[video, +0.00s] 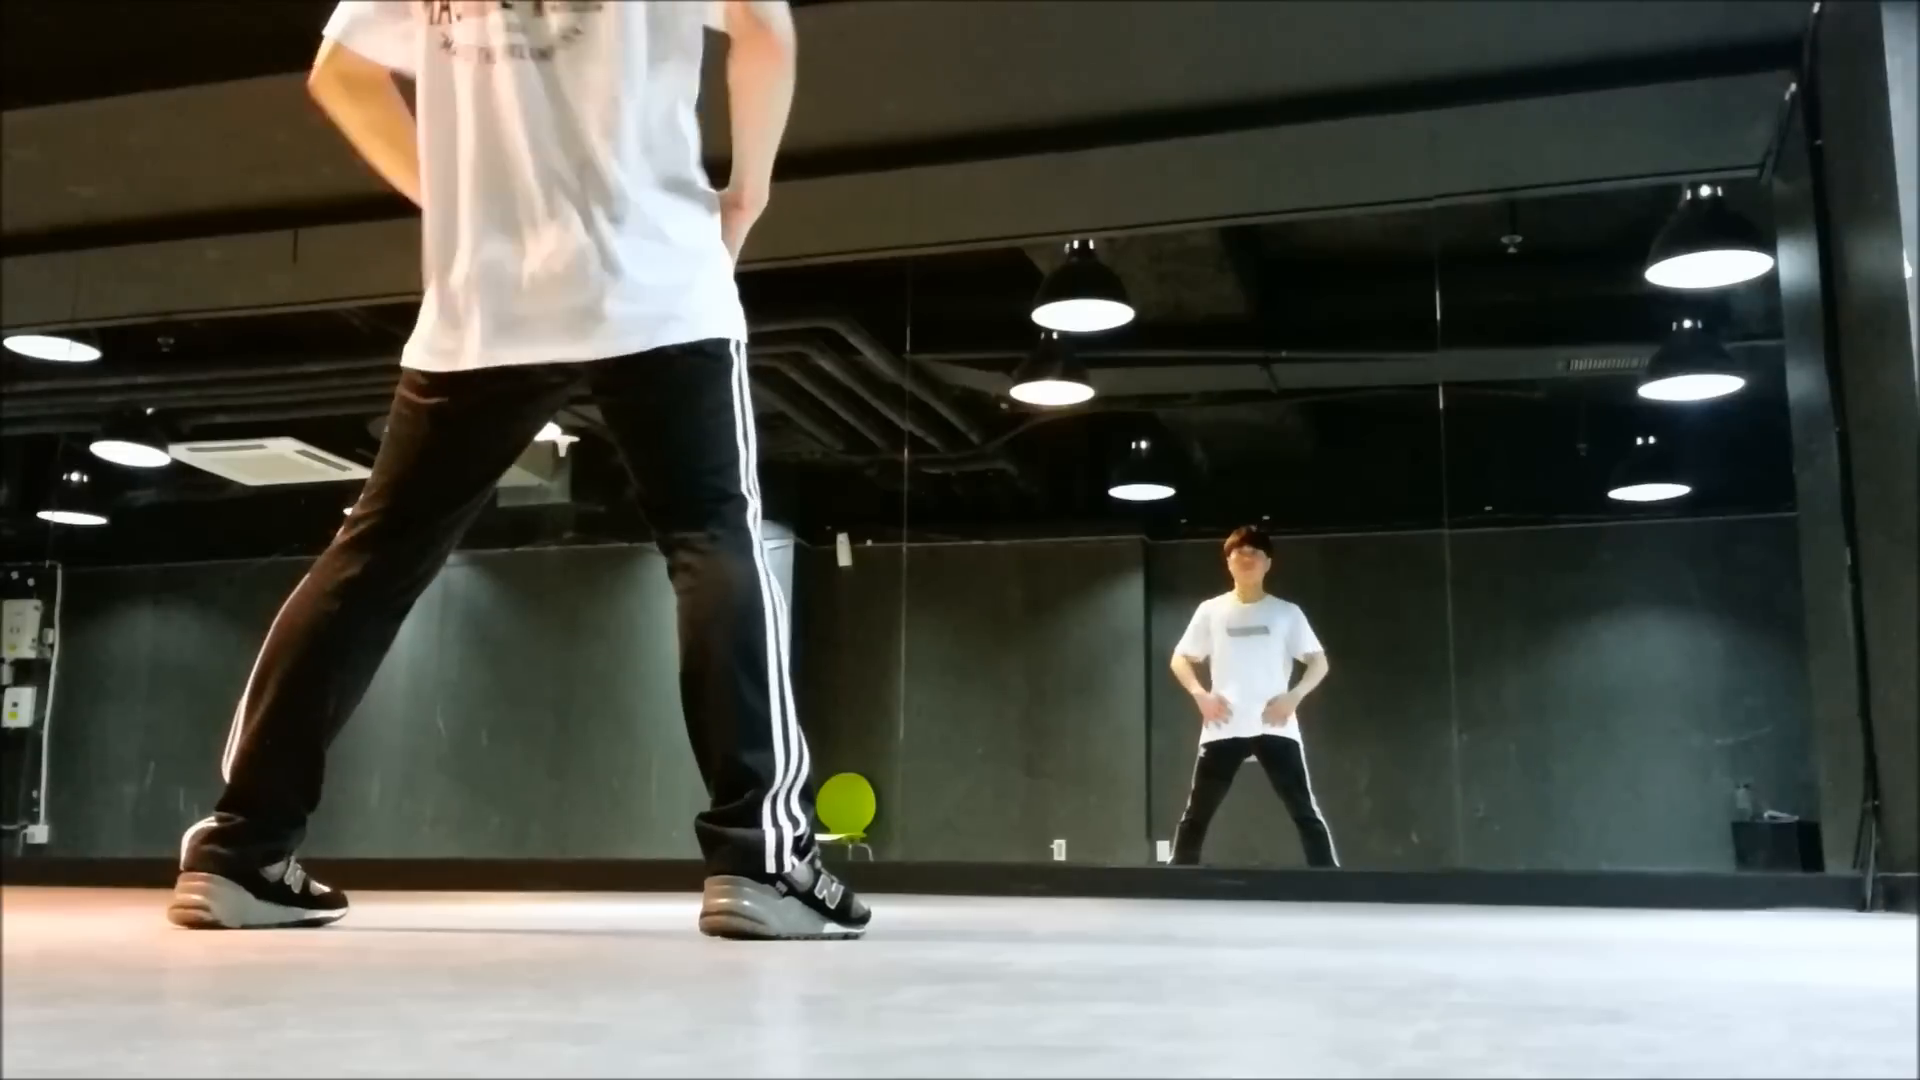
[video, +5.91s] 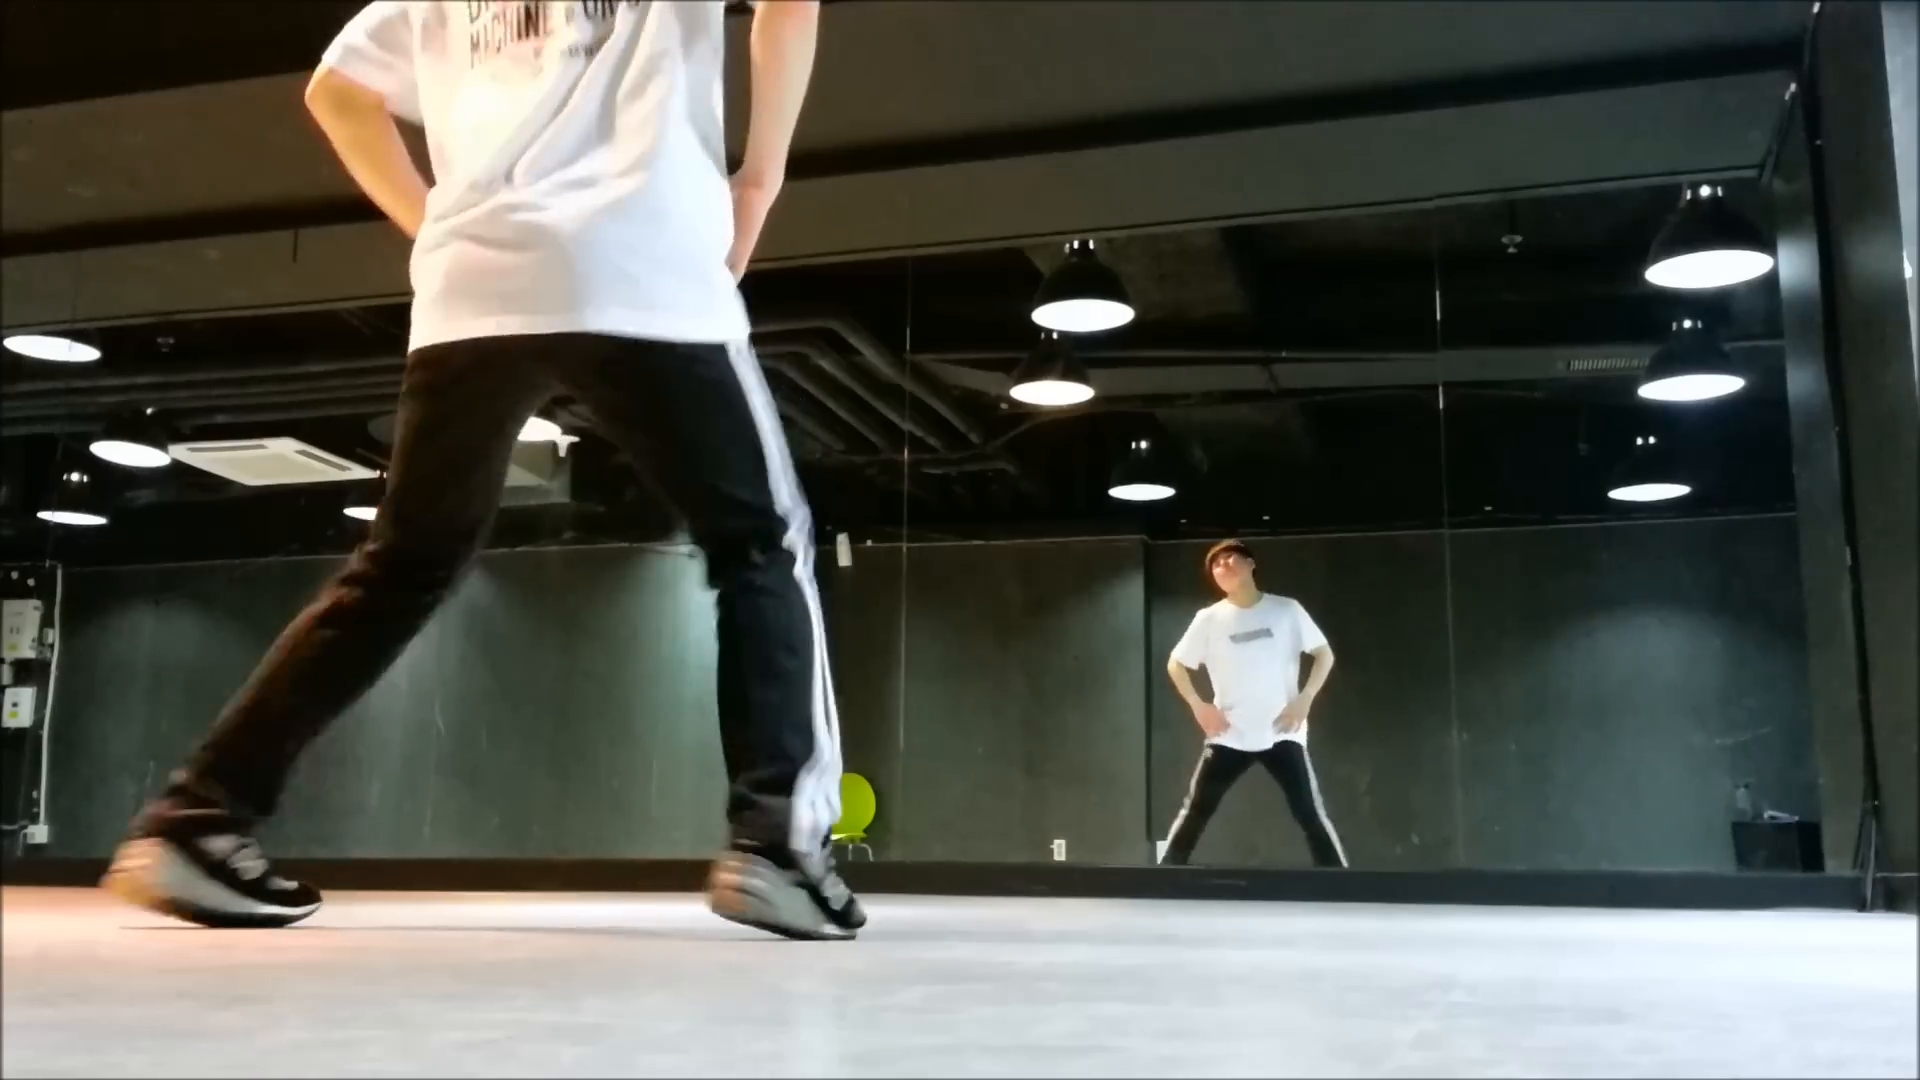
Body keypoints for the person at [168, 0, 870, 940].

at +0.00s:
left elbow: (343, 72)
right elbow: (762, 27)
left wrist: (458, 197)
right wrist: (748, 185)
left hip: (484, 272)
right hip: (654, 270)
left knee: (375, 553)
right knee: (717, 545)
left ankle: (238, 845)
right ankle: (762, 857)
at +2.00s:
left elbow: (358, 103)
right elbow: (761, 55)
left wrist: (477, 230)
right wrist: (774, 206)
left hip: (520, 286)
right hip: (680, 266)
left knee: (398, 555)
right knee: (738, 542)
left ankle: (243, 843)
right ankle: (762, 850)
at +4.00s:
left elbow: (355, 75)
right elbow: (752, 26)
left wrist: (464, 204)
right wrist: (758, 187)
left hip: (493, 271)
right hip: (661, 266)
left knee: (378, 554)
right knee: (719, 544)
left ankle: (241, 845)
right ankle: (760, 854)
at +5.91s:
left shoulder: (432, 6)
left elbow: (338, 89)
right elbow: (788, 5)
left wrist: (431, 222)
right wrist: (760, 177)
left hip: (472, 264)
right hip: (646, 259)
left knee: (397, 566)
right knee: (759, 548)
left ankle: (192, 821)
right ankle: (777, 848)